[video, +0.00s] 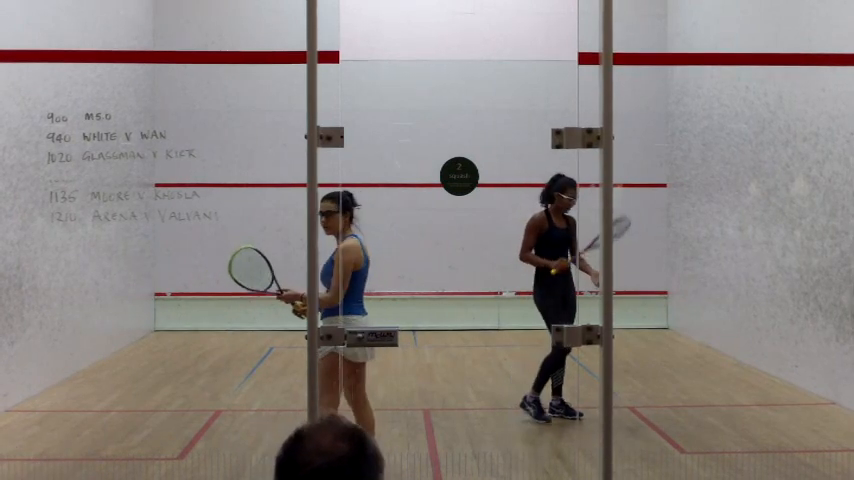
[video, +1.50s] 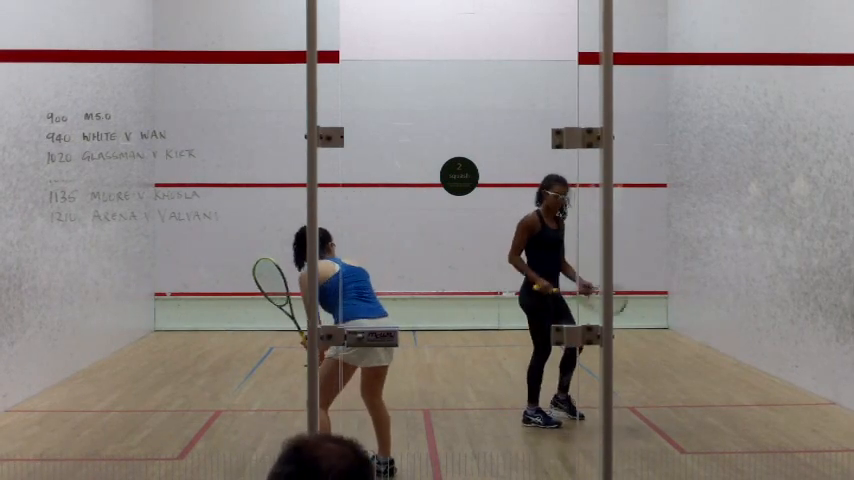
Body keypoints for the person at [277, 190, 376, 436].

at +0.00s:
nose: (323, 220)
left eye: (329, 214)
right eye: (321, 214)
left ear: (347, 215)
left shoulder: (347, 248)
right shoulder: (352, 245)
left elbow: (335, 297)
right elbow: (337, 296)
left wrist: (299, 296)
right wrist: (310, 307)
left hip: (340, 327)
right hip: (354, 326)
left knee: (327, 397)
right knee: (356, 394)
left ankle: (323, 456)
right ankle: (368, 454)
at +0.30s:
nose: (320, 220)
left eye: (325, 214)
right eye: (317, 215)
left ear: (341, 215)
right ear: (316, 217)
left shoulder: (345, 248)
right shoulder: (330, 248)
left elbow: (337, 300)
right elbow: (326, 297)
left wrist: (299, 300)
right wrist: (303, 309)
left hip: (339, 329)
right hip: (331, 327)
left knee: (328, 404)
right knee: (344, 402)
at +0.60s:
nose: (302, 228)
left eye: (303, 222)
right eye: (302, 222)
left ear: (312, 222)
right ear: (327, 221)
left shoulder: (324, 254)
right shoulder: (340, 250)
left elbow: (316, 304)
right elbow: (319, 305)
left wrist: (278, 301)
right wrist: (285, 319)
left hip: (339, 336)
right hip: (360, 333)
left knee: (317, 404)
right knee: (356, 394)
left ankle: (325, 464)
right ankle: (379, 458)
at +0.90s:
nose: (303, 246)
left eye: (302, 240)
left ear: (305, 240)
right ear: (329, 236)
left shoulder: (320, 266)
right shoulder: (348, 258)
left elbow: (332, 317)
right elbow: (349, 313)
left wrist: (313, 340)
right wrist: (313, 329)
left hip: (363, 338)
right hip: (386, 333)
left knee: (327, 401)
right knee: (369, 395)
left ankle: (326, 465)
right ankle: (385, 460)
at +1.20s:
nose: (337, 245)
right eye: (336, 242)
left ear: (307, 251)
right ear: (332, 244)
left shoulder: (314, 271)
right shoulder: (355, 263)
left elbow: (326, 316)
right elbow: (361, 303)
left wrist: (329, 343)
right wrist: (334, 336)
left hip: (360, 334)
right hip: (391, 331)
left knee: (327, 401)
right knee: (380, 397)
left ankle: (328, 463)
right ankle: (385, 461)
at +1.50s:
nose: (335, 248)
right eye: (334, 245)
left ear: (304, 251)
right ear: (331, 247)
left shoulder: (309, 273)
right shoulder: (355, 267)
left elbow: (313, 319)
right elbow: (355, 313)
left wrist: (316, 346)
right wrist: (326, 344)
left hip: (353, 335)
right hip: (384, 332)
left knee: (318, 404)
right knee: (373, 397)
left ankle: (325, 464)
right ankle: (385, 461)